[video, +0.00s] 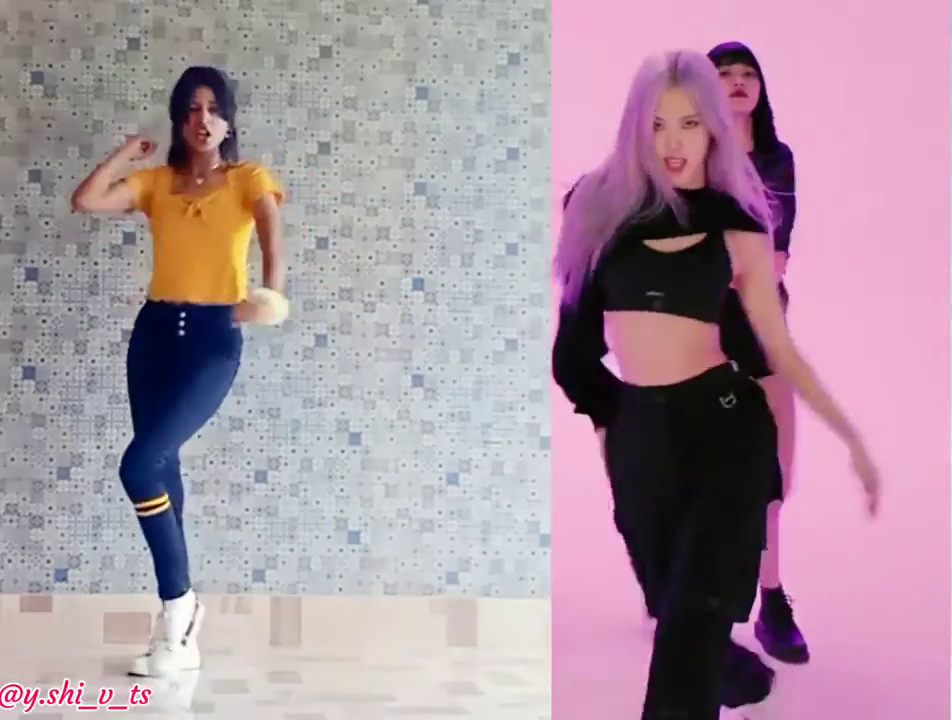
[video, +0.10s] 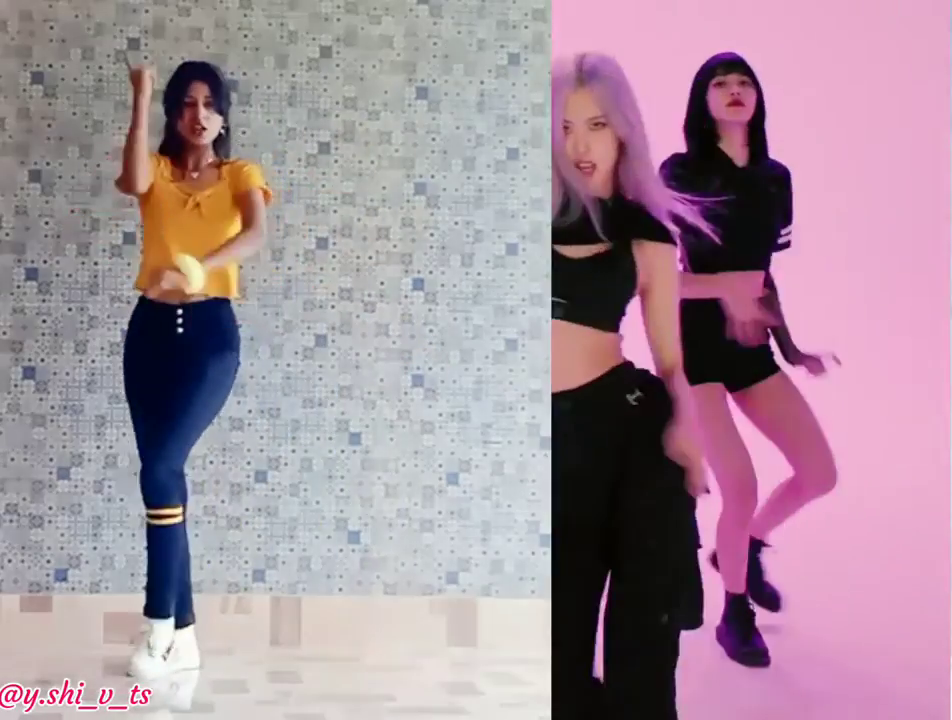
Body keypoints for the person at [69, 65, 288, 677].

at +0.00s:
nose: (202, 118)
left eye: (212, 109)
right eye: (191, 109)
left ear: (227, 119)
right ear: (176, 119)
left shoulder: (248, 177)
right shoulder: (156, 180)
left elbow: (271, 231)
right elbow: (86, 199)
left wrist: (271, 289)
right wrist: (125, 151)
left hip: (215, 340)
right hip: (153, 337)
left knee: (138, 467)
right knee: (165, 481)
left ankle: (178, 601)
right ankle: (175, 620)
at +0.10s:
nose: (198, 113)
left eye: (208, 105)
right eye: (187, 104)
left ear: (223, 115)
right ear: (171, 112)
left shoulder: (240, 172)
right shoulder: (153, 167)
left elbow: (257, 234)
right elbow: (134, 182)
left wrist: (200, 267)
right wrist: (141, 104)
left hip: (211, 337)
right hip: (148, 335)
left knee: (160, 467)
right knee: (163, 479)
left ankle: (159, 624)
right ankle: (183, 635)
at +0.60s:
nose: (201, 85)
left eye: (212, 76)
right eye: (188, 76)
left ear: (228, 92)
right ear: (172, 87)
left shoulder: (246, 156)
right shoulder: (148, 151)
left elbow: (260, 181)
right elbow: (164, 146)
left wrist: (179, 167)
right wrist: (171, 55)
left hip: (219, 330)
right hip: (151, 323)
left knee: (182, 492)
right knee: (152, 479)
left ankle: (147, 649)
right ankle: (122, 643)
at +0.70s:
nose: (204, 87)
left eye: (216, 81)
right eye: (193, 79)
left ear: (232, 98)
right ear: (177, 95)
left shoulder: (250, 155)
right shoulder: (154, 164)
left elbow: (272, 190)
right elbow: (173, 171)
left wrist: (195, 189)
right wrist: (173, 75)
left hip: (224, 346)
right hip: (155, 338)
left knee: (177, 520)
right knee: (162, 507)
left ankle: (94, 653)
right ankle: (161, 669)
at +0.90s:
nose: (224, 89)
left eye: (234, 81)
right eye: (213, 83)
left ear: (249, 102)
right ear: (195, 101)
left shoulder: (271, 154)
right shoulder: (174, 168)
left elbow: (293, 192)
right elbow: (184, 186)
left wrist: (206, 191)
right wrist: (198, 82)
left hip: (243, 351)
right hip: (175, 345)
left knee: (298, 499)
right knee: (175, 506)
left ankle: (200, 590)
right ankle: (160, 671)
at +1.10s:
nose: (259, 78)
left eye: (271, 70)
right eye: (244, 69)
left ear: (288, 90)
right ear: (224, 89)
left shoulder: (302, 151)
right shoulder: (205, 151)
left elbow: (340, 168)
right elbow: (223, 164)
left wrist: (294, 121)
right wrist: (296, 113)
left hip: (298, 341)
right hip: (226, 341)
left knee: (370, 487)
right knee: (202, 506)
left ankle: (387, 622)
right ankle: (165, 670)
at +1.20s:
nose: (284, 99)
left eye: (295, 92)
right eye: (271, 92)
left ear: (311, 109)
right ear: (251, 108)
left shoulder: (325, 174)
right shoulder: (229, 164)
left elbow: (361, 181)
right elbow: (256, 185)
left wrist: (363, 99)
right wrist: (332, 166)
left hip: (330, 349)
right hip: (261, 353)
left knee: (377, 503)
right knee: (230, 516)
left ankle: (415, 645)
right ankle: (169, 671)